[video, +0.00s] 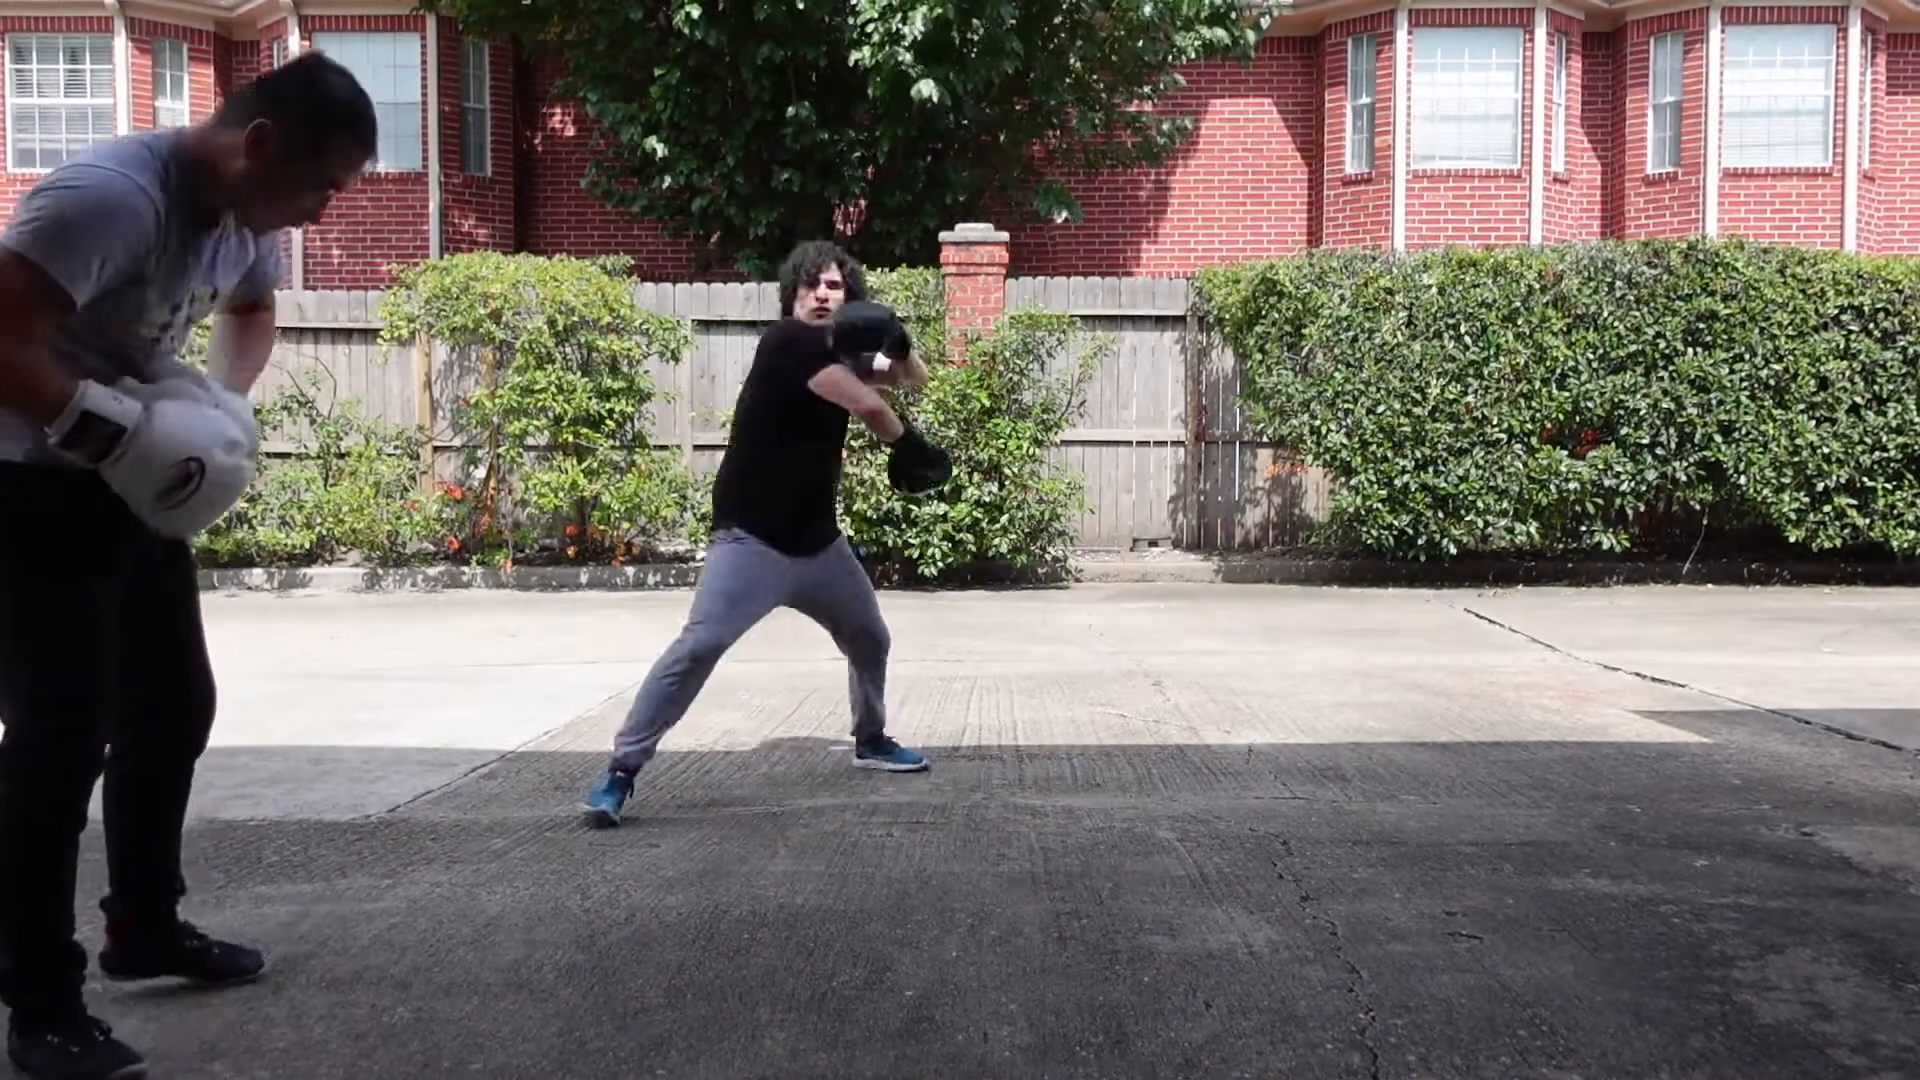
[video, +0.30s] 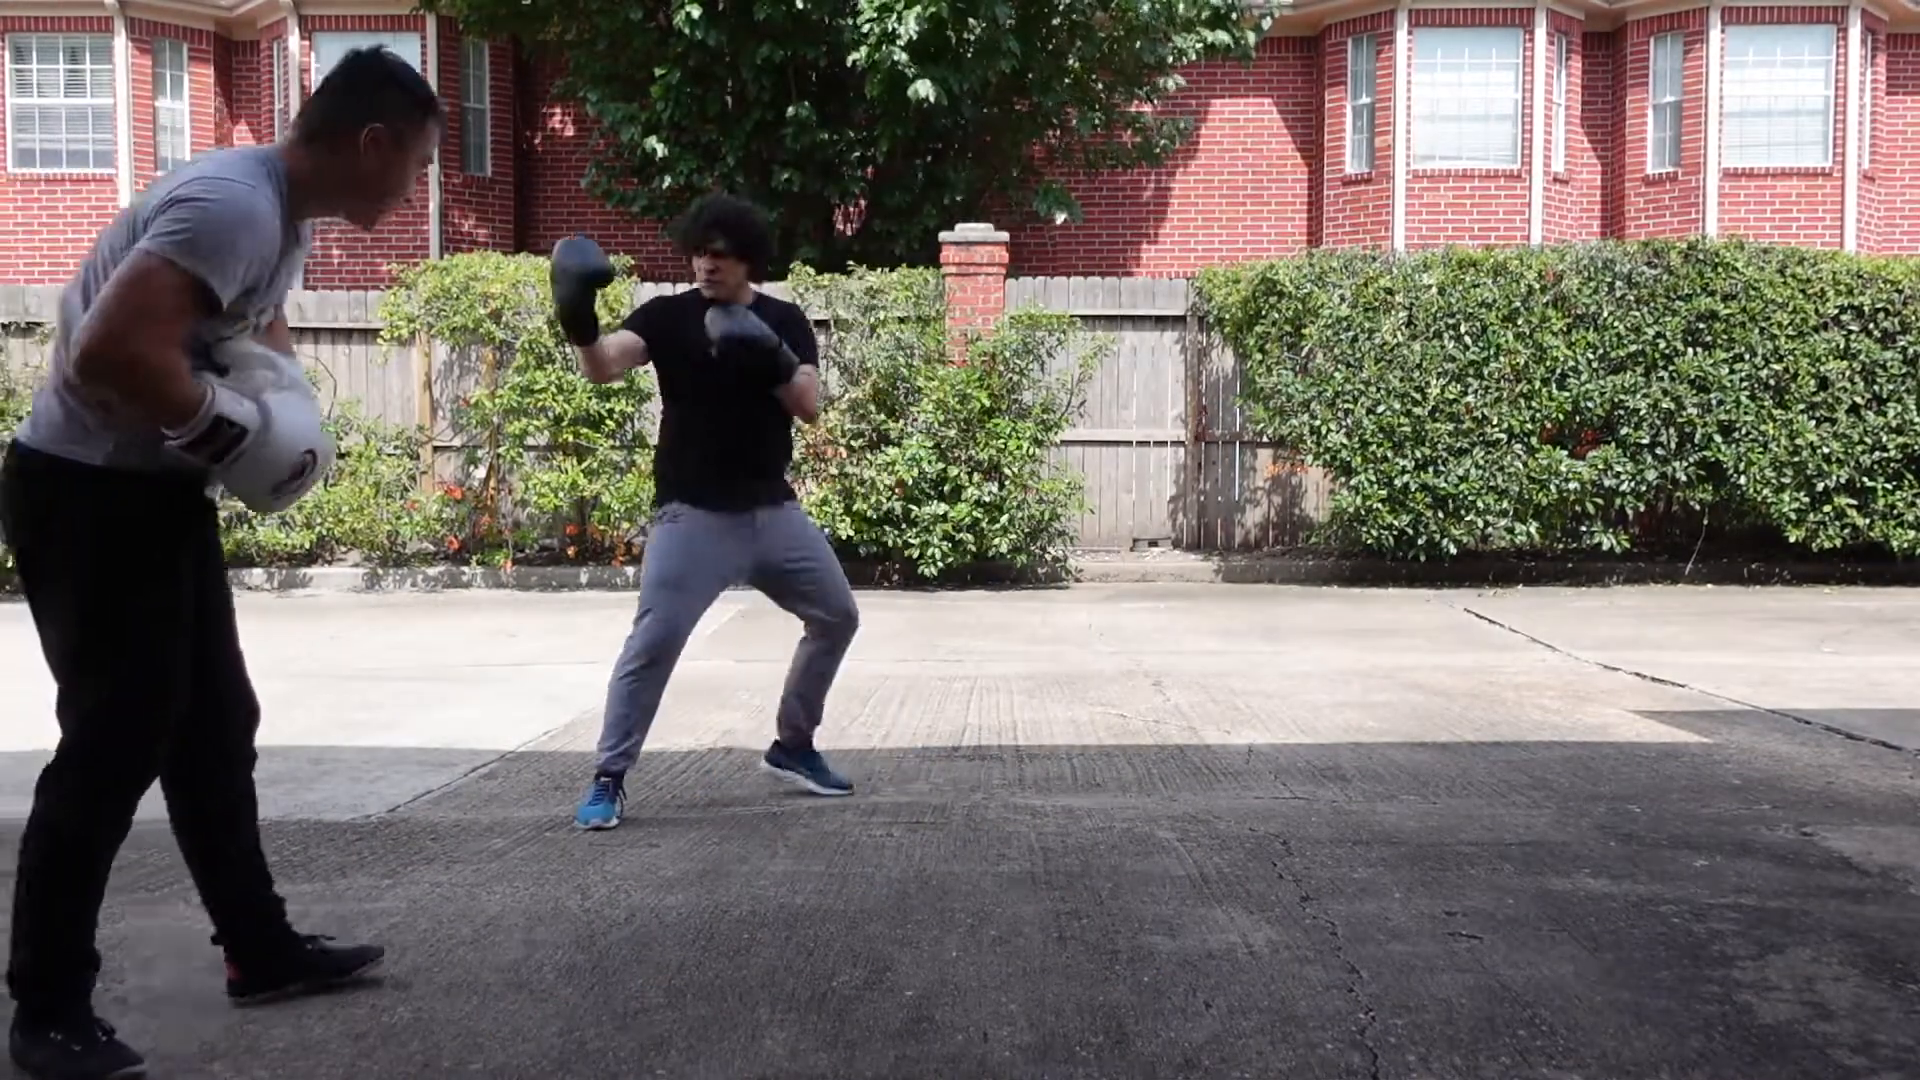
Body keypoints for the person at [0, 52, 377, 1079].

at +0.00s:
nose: (320, 212)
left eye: (332, 194)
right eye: (319, 188)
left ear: (268, 149)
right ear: (259, 142)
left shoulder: (243, 211)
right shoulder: (110, 196)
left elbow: (252, 309)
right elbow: (8, 339)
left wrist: (224, 400)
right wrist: (107, 429)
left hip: (127, 477)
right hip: (28, 476)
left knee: (170, 704)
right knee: (54, 735)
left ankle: (143, 926)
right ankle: (39, 1008)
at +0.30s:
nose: (412, 188)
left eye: (421, 164)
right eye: (413, 161)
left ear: (351, 139)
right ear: (362, 142)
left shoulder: (277, 215)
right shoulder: (233, 207)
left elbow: (232, 339)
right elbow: (115, 353)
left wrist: (270, 412)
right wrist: (216, 429)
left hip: (157, 490)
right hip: (88, 489)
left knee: (214, 727)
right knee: (112, 739)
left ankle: (261, 949)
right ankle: (46, 1017)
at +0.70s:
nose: (456, 219)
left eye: (470, 206)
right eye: (471, 199)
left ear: (426, 132)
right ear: (458, 152)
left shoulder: (303, 168)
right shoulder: (378, 181)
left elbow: (276, 339)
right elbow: (366, 342)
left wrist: (378, 409)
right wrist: (422, 422)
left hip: (218, 468)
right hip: (292, 480)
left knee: (290, 707)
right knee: (390, 710)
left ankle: (270, 942)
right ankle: (306, 978)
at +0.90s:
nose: (511, 220)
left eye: (521, 209)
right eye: (521, 204)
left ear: (461, 138)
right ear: (505, 166)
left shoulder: (334, 167)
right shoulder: (455, 193)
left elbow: (280, 306)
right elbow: (460, 360)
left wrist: (398, 392)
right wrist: (461, 425)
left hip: (251, 475)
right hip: (353, 487)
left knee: (311, 704)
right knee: (437, 732)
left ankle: (271, 947)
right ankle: (481, 980)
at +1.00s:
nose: (539, 217)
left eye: (549, 207)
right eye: (548, 204)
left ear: (485, 136)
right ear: (530, 164)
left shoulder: (349, 160)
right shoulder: (493, 201)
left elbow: (271, 283)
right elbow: (506, 380)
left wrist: (393, 364)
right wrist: (485, 421)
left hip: (278, 477)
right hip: (392, 491)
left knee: (336, 705)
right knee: (470, 732)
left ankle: (278, 943)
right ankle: (493, 983)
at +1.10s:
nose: (556, 214)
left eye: (566, 204)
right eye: (564, 202)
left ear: (499, 131)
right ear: (550, 162)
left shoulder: (366, 148)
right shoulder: (521, 199)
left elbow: (288, 274)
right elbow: (542, 370)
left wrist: (417, 342)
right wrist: (506, 409)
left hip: (306, 469)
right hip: (423, 481)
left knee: (344, 701)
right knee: (484, 733)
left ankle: (285, 936)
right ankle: (494, 983)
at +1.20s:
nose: (575, 196)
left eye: (583, 186)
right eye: (583, 184)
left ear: (502, 120)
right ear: (566, 151)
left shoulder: (379, 146)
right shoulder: (539, 190)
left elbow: (307, 275)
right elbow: (569, 362)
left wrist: (430, 336)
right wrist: (533, 402)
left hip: (326, 472)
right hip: (447, 484)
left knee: (347, 707)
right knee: (491, 735)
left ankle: (294, 936)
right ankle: (493, 982)